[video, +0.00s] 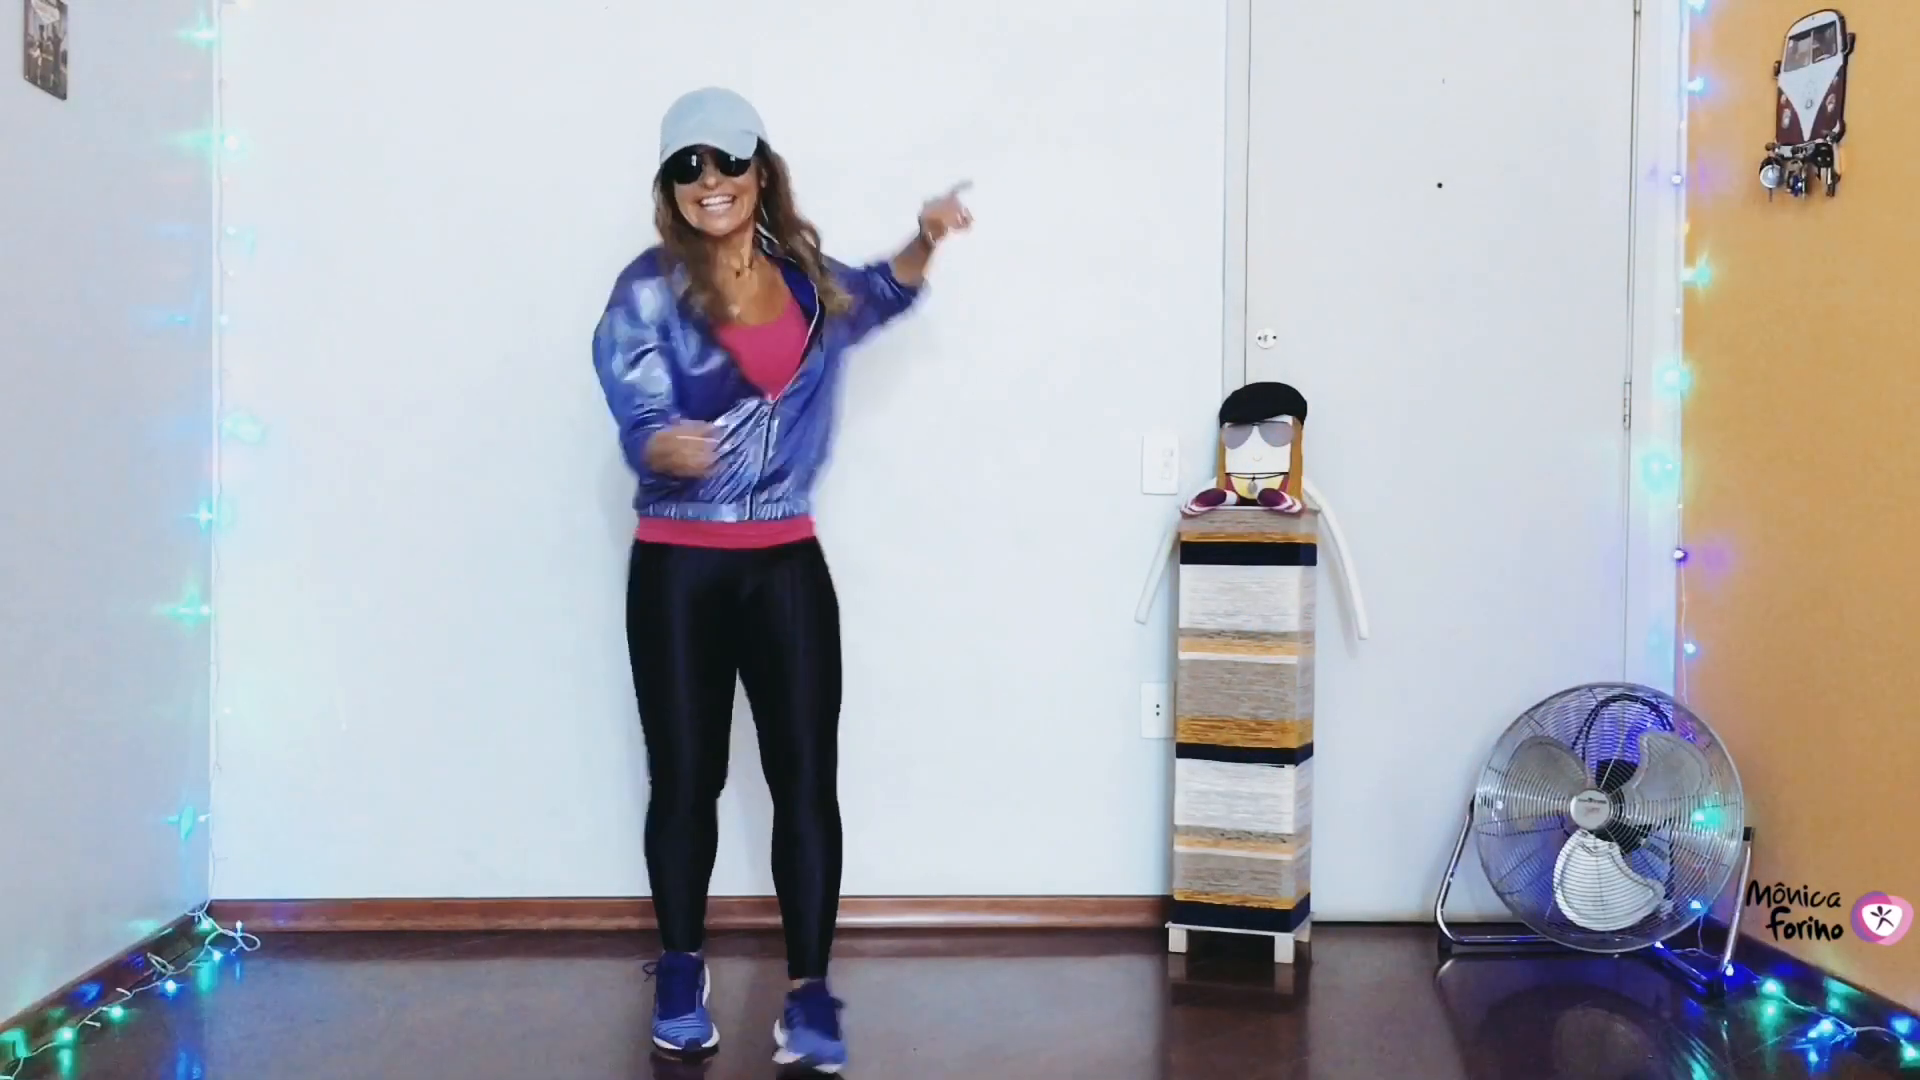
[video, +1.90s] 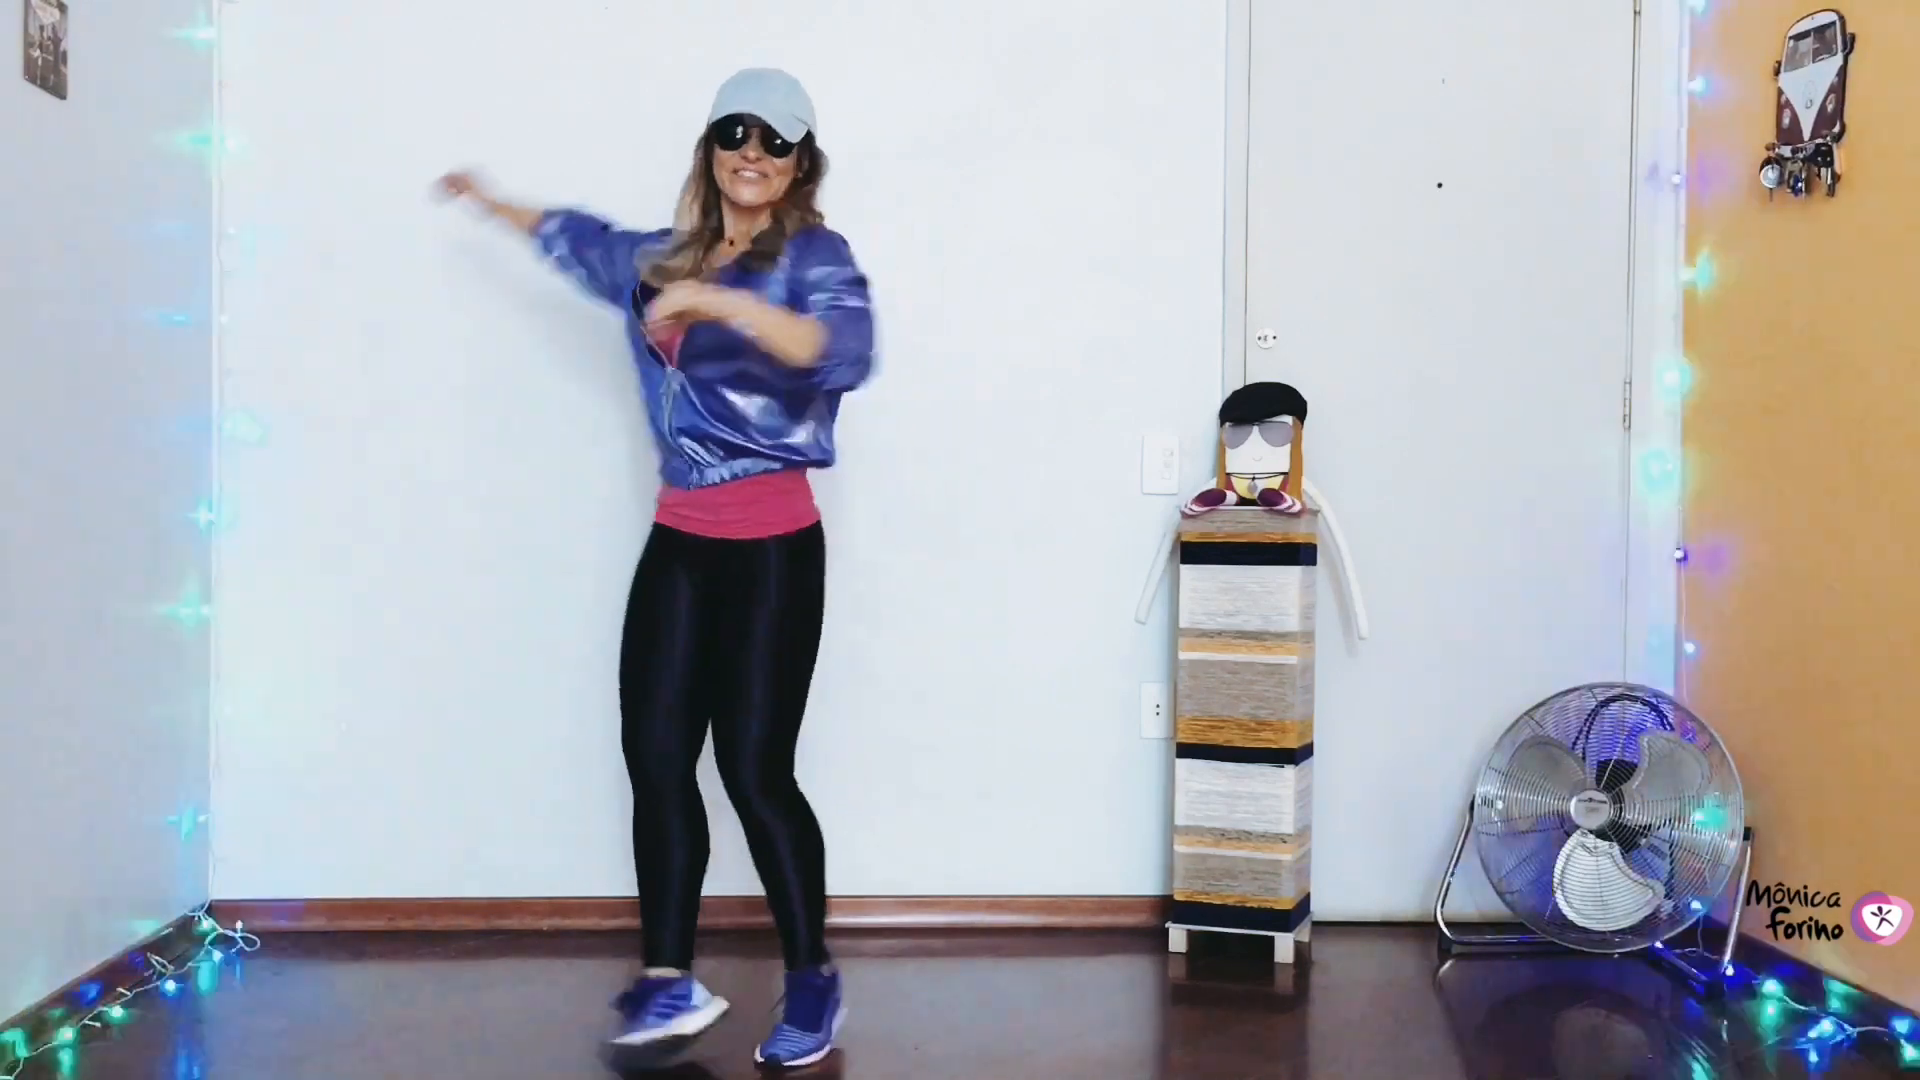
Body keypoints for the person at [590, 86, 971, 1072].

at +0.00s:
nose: (712, 185)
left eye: (730, 166)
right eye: (691, 171)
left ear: (762, 176)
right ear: (670, 188)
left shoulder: (801, 277)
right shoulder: (646, 293)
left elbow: (866, 300)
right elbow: (638, 411)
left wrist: (921, 249)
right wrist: (657, 446)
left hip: (789, 564)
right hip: (680, 570)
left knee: (807, 779)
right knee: (685, 782)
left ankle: (809, 992)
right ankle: (680, 975)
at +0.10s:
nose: (718, 169)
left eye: (734, 148)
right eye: (694, 156)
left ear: (765, 155)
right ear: (673, 177)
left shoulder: (786, 250)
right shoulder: (680, 271)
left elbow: (837, 235)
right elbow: (674, 416)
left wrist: (904, 184)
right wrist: (766, 448)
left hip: (755, 541)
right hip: (665, 547)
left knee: (798, 753)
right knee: (695, 763)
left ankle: (840, 962)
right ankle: (677, 979)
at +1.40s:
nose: (721, 194)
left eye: (740, 178)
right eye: (700, 179)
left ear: (766, 190)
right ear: (675, 194)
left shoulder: (788, 275)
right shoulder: (667, 293)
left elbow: (842, 253)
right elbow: (643, 411)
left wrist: (866, 169)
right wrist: (684, 483)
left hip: (763, 557)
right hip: (672, 557)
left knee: (769, 745)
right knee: (699, 763)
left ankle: (700, 907)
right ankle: (686, 992)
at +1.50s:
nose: (718, 194)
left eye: (737, 177)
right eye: (697, 177)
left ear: (764, 187)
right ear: (673, 190)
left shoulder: (796, 285)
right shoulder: (644, 295)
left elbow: (898, 286)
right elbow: (579, 371)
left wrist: (903, 210)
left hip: (750, 564)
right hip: (654, 557)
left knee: (812, 760)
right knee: (682, 776)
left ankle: (714, 862)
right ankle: (685, 995)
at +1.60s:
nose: (720, 191)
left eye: (741, 174)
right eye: (700, 172)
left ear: (768, 185)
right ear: (675, 181)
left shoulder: (809, 288)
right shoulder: (632, 293)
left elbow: (948, 317)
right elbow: (515, 346)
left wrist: (930, 247)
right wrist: (390, 376)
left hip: (752, 563)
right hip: (645, 554)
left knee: (827, 762)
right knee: (671, 776)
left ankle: (719, 866)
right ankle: (679, 997)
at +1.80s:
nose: (742, 173)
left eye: (763, 157)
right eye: (724, 154)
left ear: (790, 172)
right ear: (697, 169)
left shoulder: (825, 277)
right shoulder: (632, 276)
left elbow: (919, 355)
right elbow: (509, 280)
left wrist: (841, 278)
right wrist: (388, 268)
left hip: (765, 563)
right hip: (655, 556)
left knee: (760, 781)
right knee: (660, 781)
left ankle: (780, 980)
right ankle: (684, 994)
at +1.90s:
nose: (754, 157)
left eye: (775, 144)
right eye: (737, 138)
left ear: (801, 163)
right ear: (709, 152)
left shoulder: (817, 258)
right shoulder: (666, 255)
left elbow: (844, 355)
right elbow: (574, 239)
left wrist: (719, 303)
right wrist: (488, 197)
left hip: (774, 547)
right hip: (681, 543)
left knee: (756, 767)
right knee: (656, 756)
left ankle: (810, 983)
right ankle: (668, 979)